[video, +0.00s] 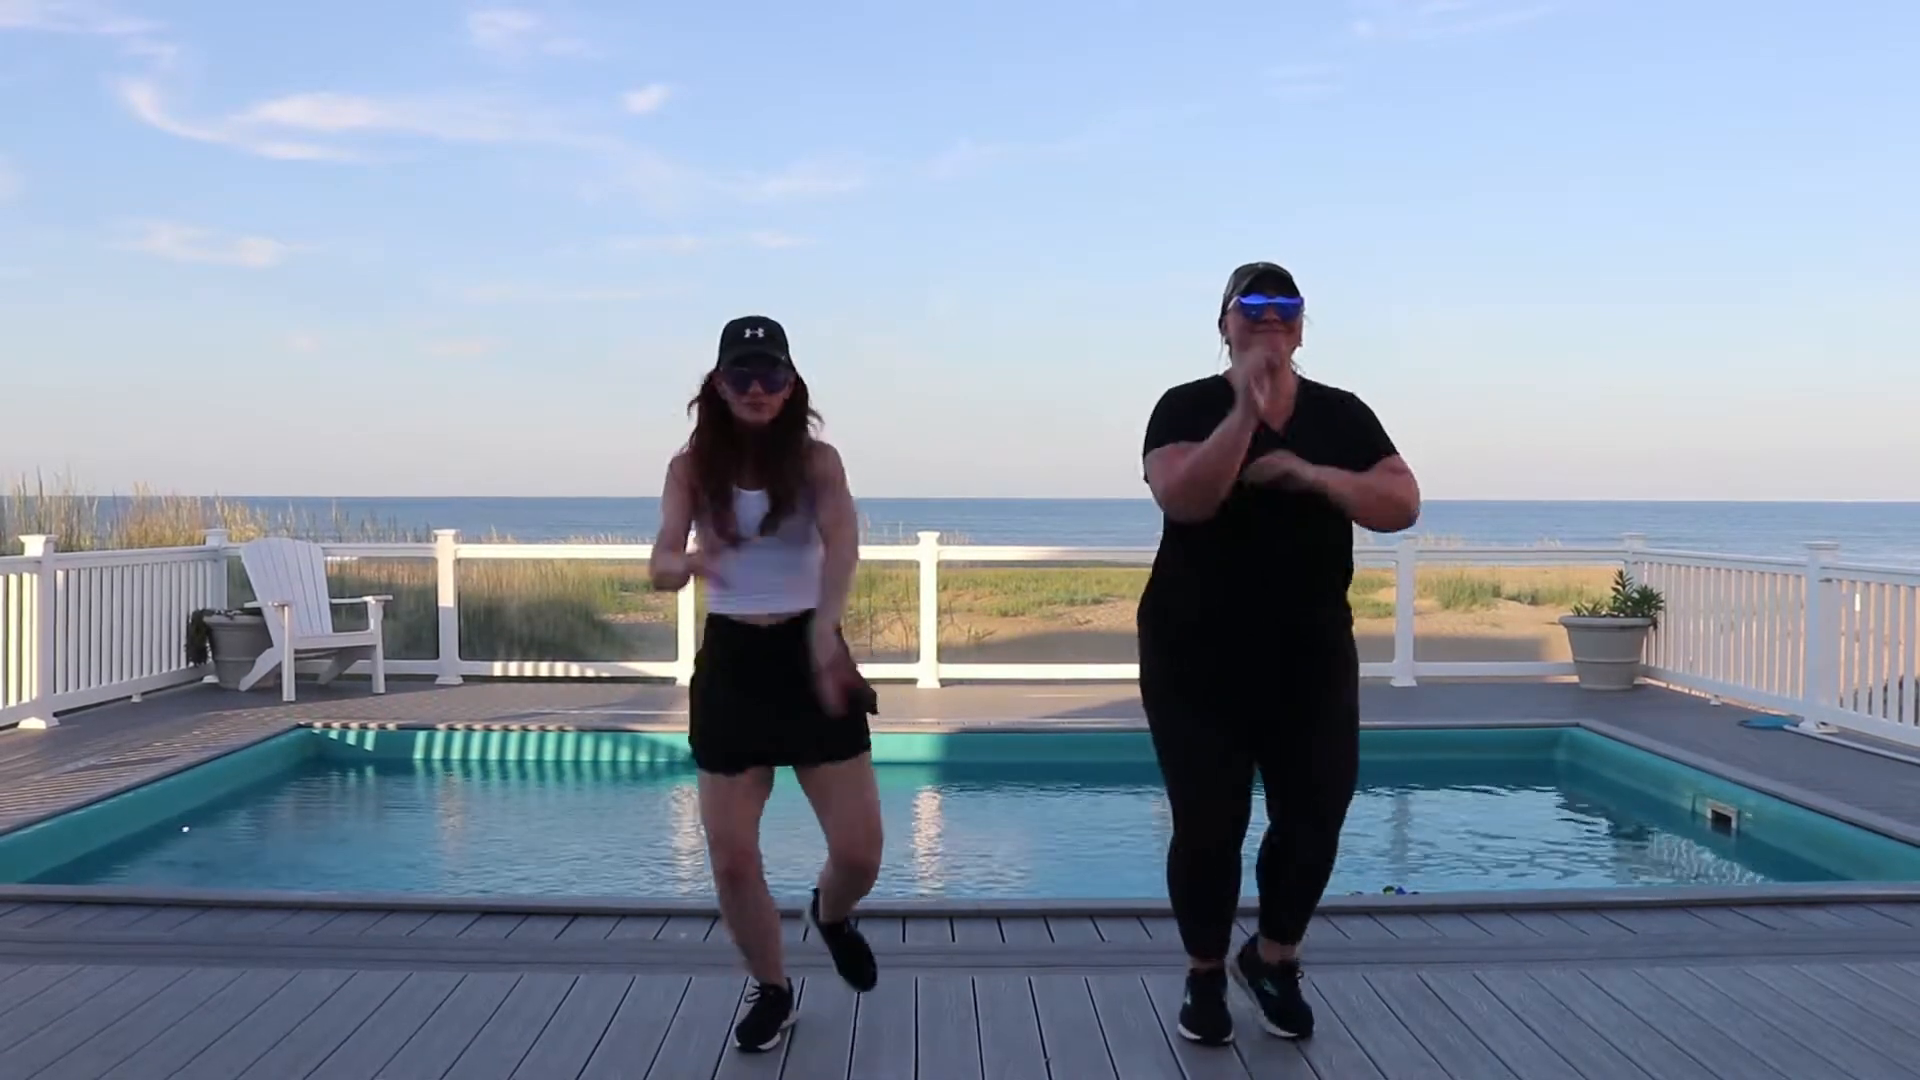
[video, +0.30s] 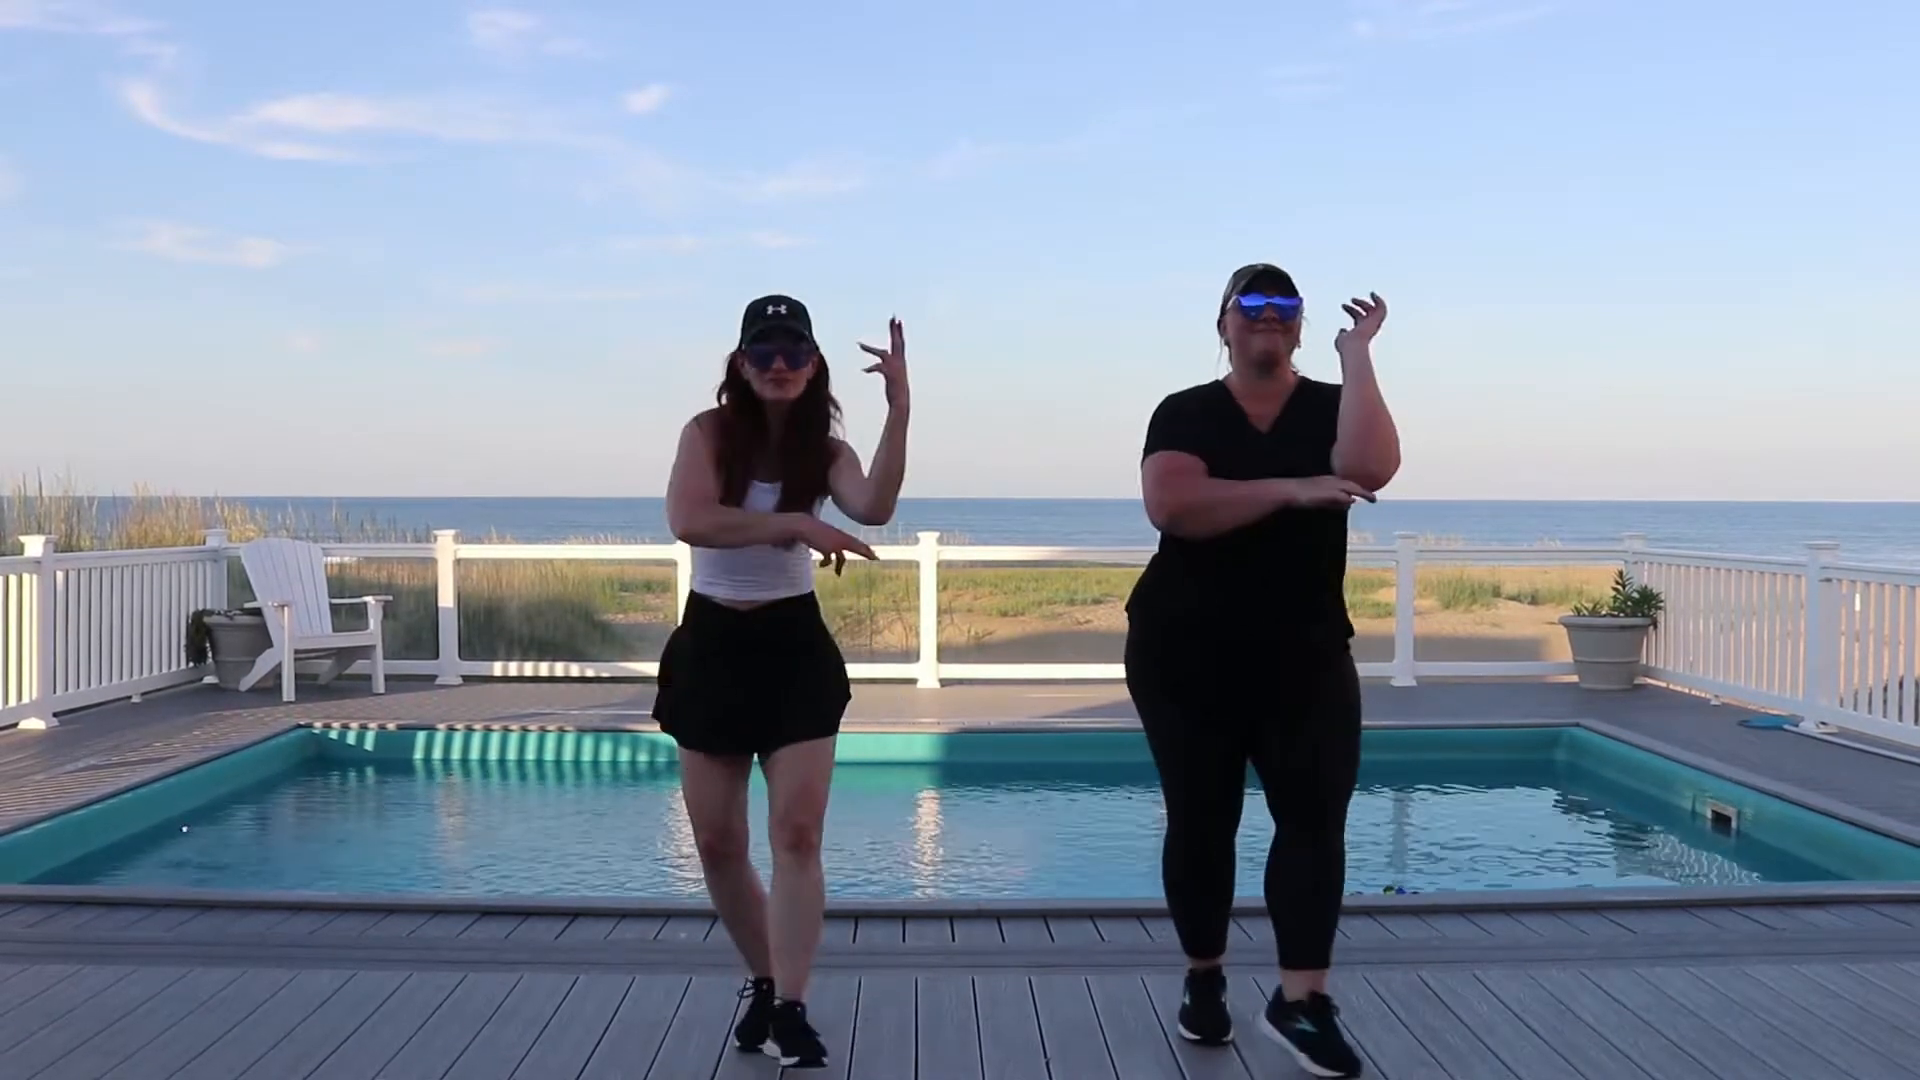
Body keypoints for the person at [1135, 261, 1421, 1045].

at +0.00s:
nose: (1270, 325)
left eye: (1284, 314)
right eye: (1254, 314)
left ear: (1302, 328)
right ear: (1225, 326)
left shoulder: (1342, 413)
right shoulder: (1184, 408)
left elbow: (1401, 502)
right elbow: (1182, 499)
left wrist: (1309, 473)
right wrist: (1246, 410)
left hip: (1311, 652)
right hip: (1198, 652)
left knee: (1315, 813)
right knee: (1207, 821)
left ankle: (1275, 957)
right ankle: (1206, 970)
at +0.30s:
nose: (1269, 318)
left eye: (1283, 309)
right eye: (1253, 307)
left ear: (1299, 328)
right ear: (1225, 326)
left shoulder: (1336, 410)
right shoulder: (1185, 413)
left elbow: (1371, 470)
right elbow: (1170, 506)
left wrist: (1355, 355)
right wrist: (1292, 489)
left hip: (1306, 653)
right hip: (1191, 656)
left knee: (1316, 819)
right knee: (1201, 820)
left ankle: (1302, 999)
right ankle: (1203, 978)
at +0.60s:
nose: (1276, 319)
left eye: (1289, 308)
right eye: (1260, 308)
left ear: (1306, 325)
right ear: (1231, 325)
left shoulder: (1342, 410)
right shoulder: (1191, 408)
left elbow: (1382, 477)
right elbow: (1172, 500)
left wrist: (1370, 365)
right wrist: (1295, 491)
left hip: (1323, 660)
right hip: (1210, 662)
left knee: (1313, 829)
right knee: (1213, 828)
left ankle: (1302, 993)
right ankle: (1217, 963)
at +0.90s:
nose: (1274, 334)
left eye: (1288, 320)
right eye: (1259, 320)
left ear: (1307, 323)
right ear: (1233, 324)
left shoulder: (1352, 400)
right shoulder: (1196, 399)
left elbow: (1412, 474)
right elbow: (1167, 460)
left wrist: (1328, 449)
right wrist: (1234, 468)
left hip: (1322, 657)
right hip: (1210, 656)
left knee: (1302, 824)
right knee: (1210, 821)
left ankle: (1279, 970)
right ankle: (1216, 958)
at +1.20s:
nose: (1278, 365)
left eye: (1294, 352)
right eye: (1264, 350)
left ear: (1315, 340)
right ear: (1238, 337)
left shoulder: (1354, 398)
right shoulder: (1196, 404)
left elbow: (1401, 474)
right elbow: (1197, 470)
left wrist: (1291, 474)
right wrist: (1209, 355)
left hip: (1325, 655)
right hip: (1211, 655)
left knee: (1309, 822)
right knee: (1223, 824)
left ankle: (1285, 973)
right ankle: (1231, 995)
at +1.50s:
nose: (1273, 356)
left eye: (1288, 343)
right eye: (1259, 342)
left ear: (1309, 335)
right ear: (1233, 334)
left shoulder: (1349, 401)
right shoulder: (1191, 407)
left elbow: (1398, 482)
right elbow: (1188, 479)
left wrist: (1287, 486)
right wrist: (1212, 363)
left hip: (1321, 662)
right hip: (1208, 663)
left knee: (1313, 829)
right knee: (1218, 830)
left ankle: (1285, 971)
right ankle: (1228, 995)